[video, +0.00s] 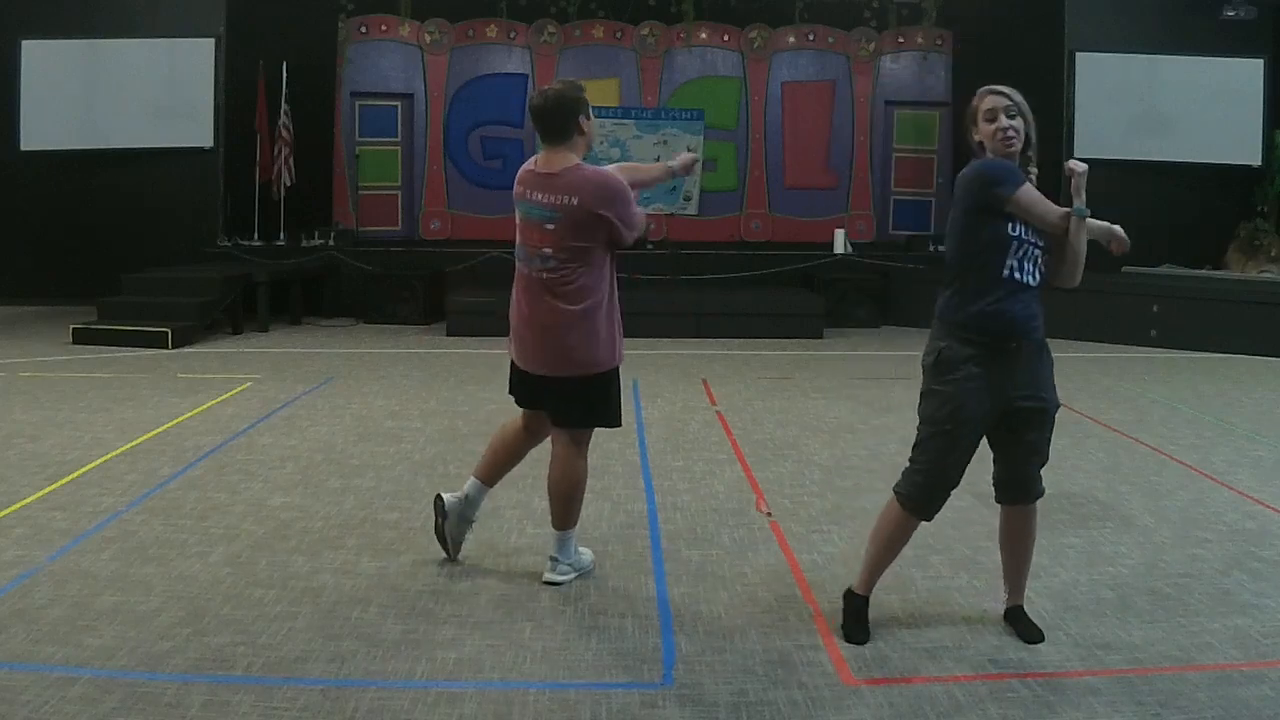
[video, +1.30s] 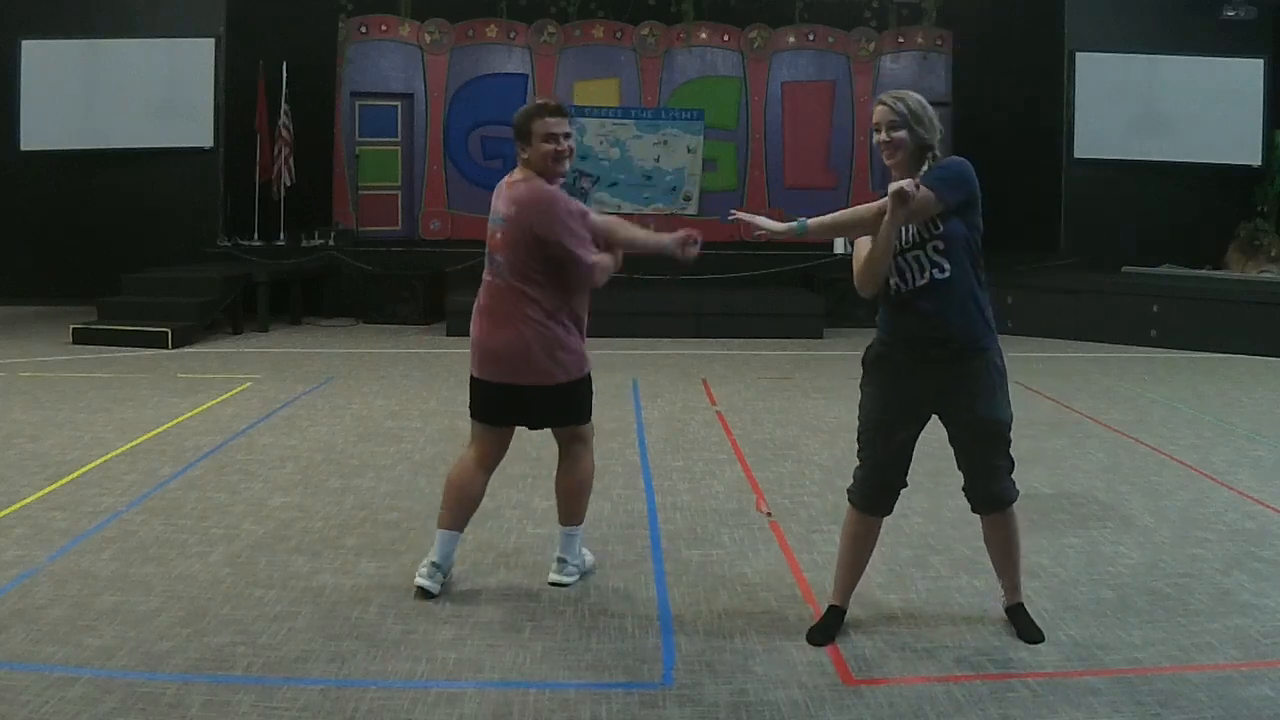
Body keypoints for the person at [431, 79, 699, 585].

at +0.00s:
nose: (594, 122)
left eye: (590, 114)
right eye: (591, 116)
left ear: (540, 126)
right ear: (583, 124)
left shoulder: (526, 176)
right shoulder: (604, 185)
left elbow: (610, 173)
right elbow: (636, 231)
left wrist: (671, 167)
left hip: (528, 333)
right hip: (582, 341)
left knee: (533, 422)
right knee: (572, 442)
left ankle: (464, 503)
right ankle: (565, 554)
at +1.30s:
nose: (562, 147)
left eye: (567, 138)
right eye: (550, 139)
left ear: (572, 141)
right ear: (524, 147)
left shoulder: (510, 189)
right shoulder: (547, 201)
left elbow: (602, 226)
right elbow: (592, 273)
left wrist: (668, 241)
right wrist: (613, 259)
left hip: (493, 346)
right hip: (550, 350)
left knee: (482, 451)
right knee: (575, 444)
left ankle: (437, 563)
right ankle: (569, 556)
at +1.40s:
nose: (549, 142)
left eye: (553, 134)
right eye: (537, 135)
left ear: (558, 138)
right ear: (511, 142)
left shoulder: (503, 187)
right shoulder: (525, 198)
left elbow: (571, 240)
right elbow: (555, 279)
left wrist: (629, 277)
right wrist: (599, 323)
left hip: (484, 348)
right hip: (541, 351)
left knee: (473, 449)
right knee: (566, 442)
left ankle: (434, 562)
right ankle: (569, 556)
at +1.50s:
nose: (540, 135)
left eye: (543, 126)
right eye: (529, 126)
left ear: (540, 130)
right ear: (500, 134)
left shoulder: (483, 181)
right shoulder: (513, 192)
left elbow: (520, 259)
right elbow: (523, 278)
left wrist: (560, 299)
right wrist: (549, 348)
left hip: (474, 342)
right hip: (523, 344)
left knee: (460, 446)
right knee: (550, 444)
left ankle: (430, 561)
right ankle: (565, 556)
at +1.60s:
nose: (541, 133)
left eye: (539, 124)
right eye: (531, 125)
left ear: (496, 135)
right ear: (499, 133)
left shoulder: (469, 179)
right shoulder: (504, 186)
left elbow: (473, 262)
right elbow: (503, 268)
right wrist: (520, 344)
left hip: (460, 340)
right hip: (515, 341)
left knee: (447, 448)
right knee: (546, 442)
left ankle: (425, 567)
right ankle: (563, 555)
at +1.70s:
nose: (538, 133)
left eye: (536, 123)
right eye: (533, 124)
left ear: (483, 133)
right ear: (510, 132)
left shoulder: (451, 183)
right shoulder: (509, 189)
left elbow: (443, 259)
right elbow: (512, 272)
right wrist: (534, 347)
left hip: (447, 345)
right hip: (505, 347)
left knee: (439, 446)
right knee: (547, 435)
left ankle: (424, 567)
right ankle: (549, 555)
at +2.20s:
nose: (481, 140)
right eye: (482, 133)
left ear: (431, 128)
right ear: (478, 134)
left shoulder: (390, 189)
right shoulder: (500, 189)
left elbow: (382, 274)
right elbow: (551, 252)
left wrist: (395, 331)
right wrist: (588, 298)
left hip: (425, 344)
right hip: (497, 344)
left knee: (423, 448)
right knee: (521, 443)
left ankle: (421, 570)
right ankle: (548, 558)